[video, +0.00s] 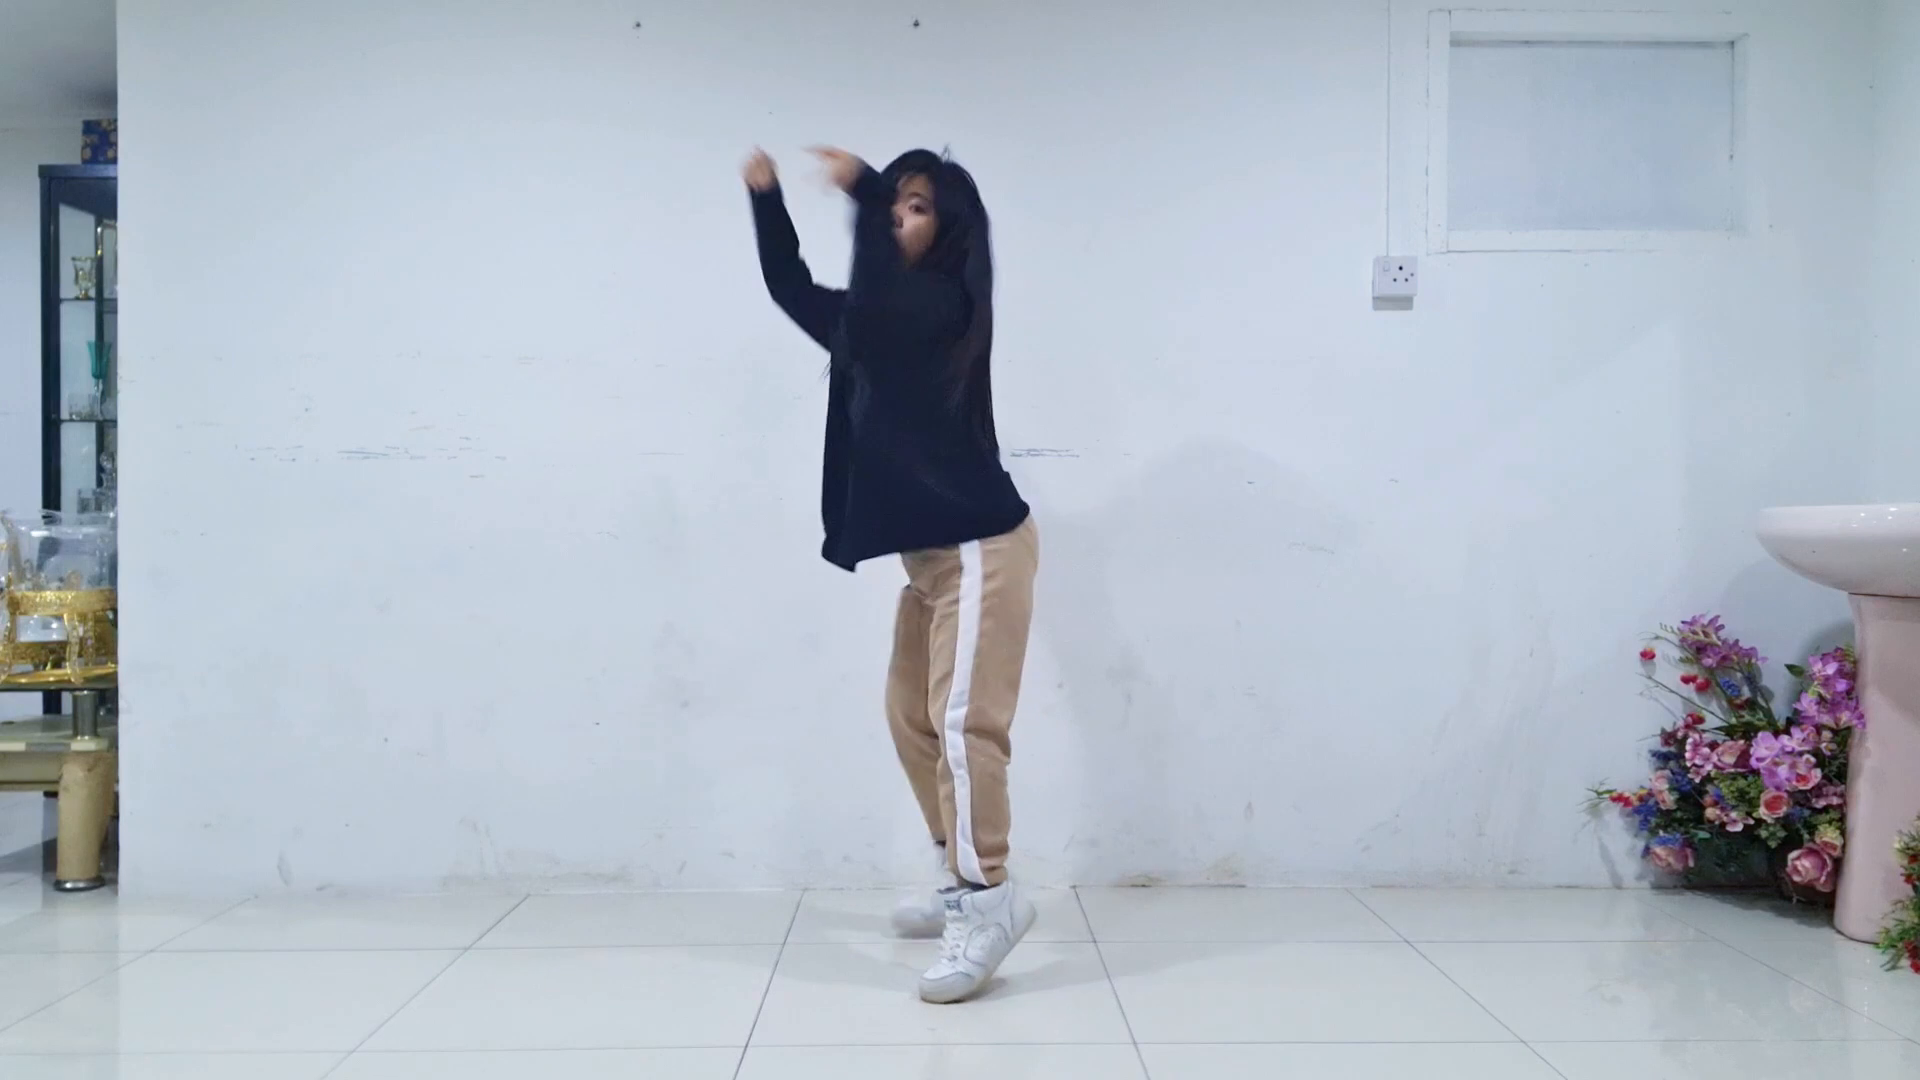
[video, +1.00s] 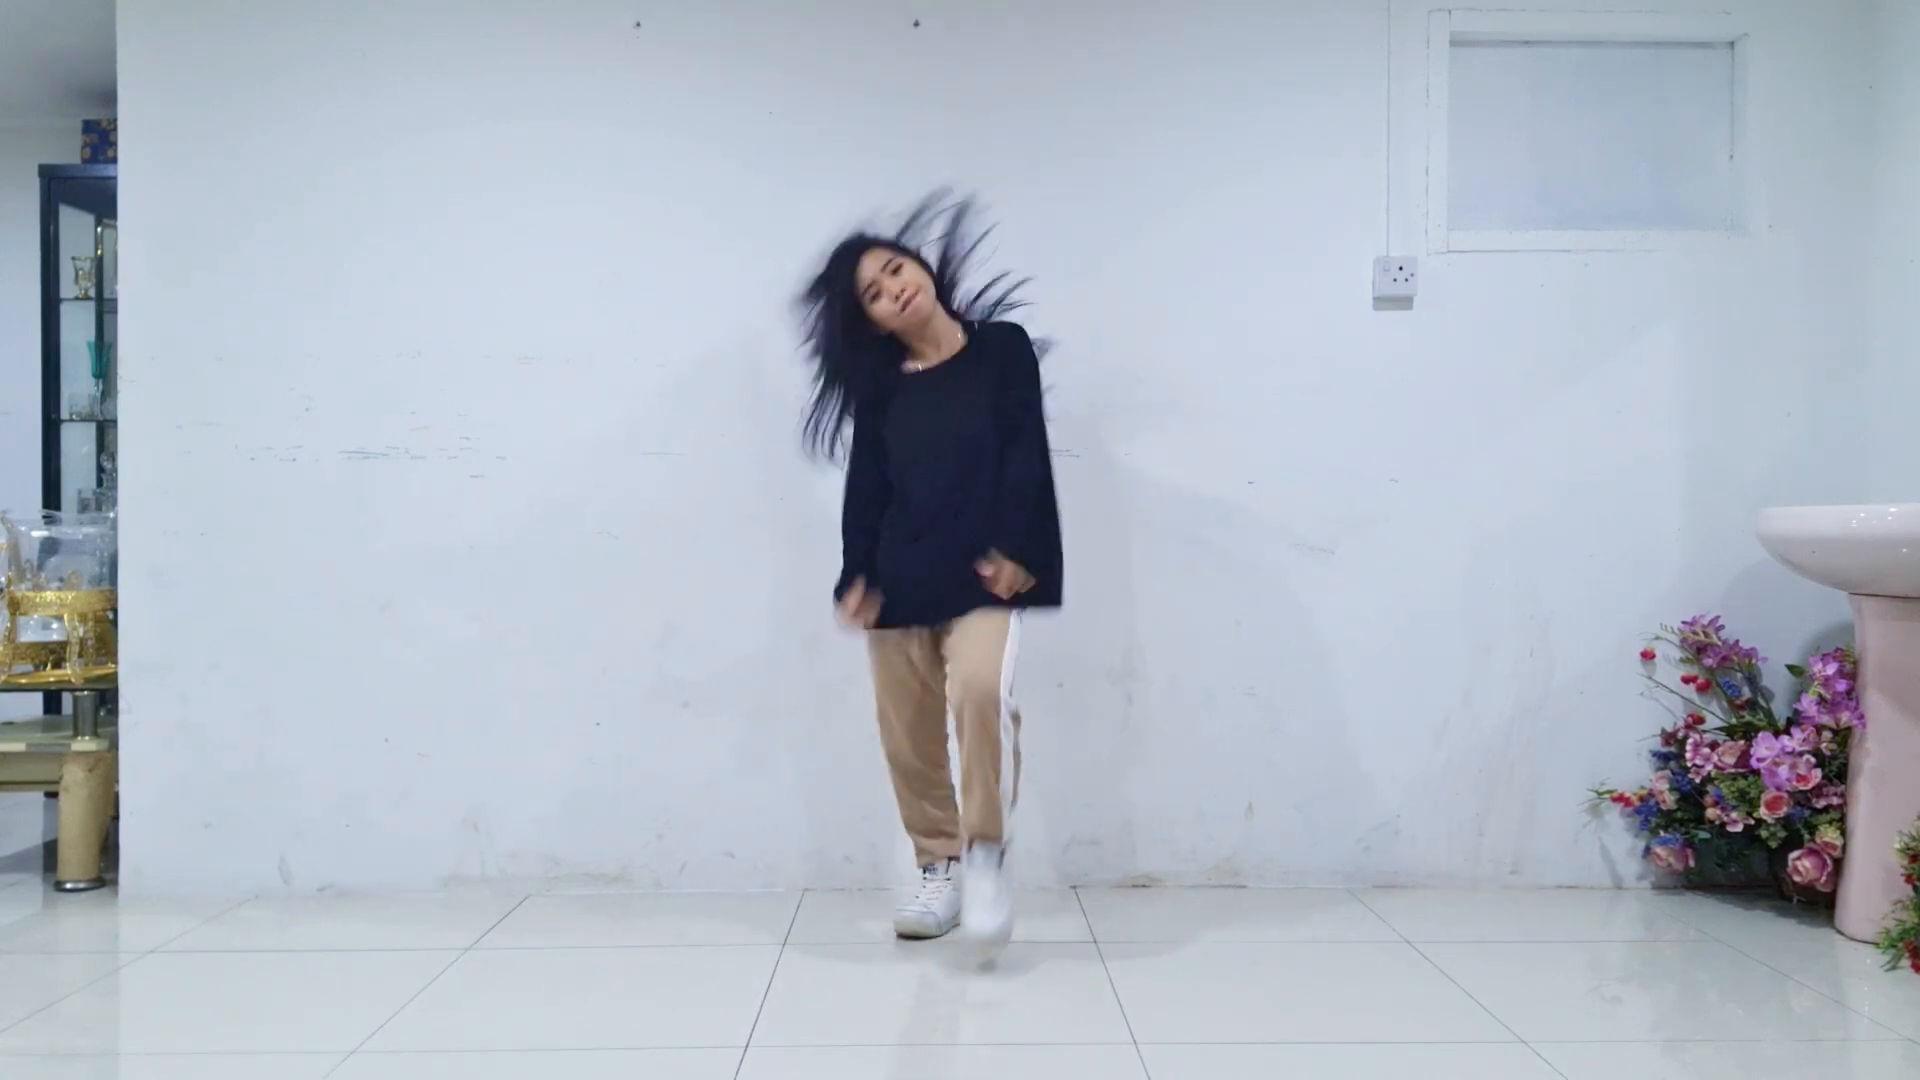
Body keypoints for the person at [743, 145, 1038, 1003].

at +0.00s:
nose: (902, 218)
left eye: (922, 205)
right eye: (893, 205)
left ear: (953, 224)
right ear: (879, 218)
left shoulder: (952, 296)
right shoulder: (865, 316)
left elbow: (883, 298)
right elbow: (788, 282)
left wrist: (866, 198)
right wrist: (766, 200)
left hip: (985, 547)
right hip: (928, 558)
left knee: (967, 719)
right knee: (913, 716)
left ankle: (990, 901)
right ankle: (963, 881)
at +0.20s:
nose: (901, 300)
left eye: (921, 286)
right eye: (892, 286)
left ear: (955, 304)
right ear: (877, 302)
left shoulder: (983, 393)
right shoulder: (877, 403)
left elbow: (993, 485)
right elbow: (853, 511)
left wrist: (958, 392)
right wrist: (834, 439)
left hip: (973, 630)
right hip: (892, 632)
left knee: (974, 743)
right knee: (898, 776)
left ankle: (938, 911)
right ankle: (951, 886)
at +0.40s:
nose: (923, 253)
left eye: (944, 240)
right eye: (914, 237)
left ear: (976, 257)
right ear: (898, 247)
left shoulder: (979, 343)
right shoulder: (888, 346)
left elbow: (931, 408)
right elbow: (828, 421)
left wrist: (854, 359)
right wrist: (752, 392)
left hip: (986, 545)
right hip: (922, 549)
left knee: (960, 705)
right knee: (923, 712)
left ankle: (1002, 889)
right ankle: (963, 873)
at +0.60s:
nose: (938, 259)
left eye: (958, 262)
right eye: (941, 245)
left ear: (979, 291)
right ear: (924, 250)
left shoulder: (974, 353)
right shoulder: (891, 364)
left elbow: (928, 412)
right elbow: (824, 419)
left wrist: (875, 350)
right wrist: (767, 377)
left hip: (968, 555)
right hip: (923, 565)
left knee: (957, 714)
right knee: (930, 724)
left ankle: (1000, 889)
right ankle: (971, 880)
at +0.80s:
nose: (919, 255)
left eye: (931, 240)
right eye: (903, 249)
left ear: (960, 252)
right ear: (888, 273)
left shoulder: (1000, 346)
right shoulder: (883, 372)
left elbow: (1051, 376)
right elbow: (879, 477)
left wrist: (996, 294)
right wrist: (808, 428)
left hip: (976, 585)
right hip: (892, 587)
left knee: (962, 739)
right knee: (912, 748)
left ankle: (965, 910)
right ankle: (948, 881)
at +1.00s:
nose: (895, 286)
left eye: (897, 268)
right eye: (876, 291)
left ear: (924, 269)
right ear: (871, 321)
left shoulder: (1002, 347)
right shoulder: (880, 385)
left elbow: (1027, 455)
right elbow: (863, 484)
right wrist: (858, 569)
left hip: (983, 571)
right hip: (899, 579)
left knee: (977, 689)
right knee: (908, 728)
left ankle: (983, 858)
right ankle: (935, 868)